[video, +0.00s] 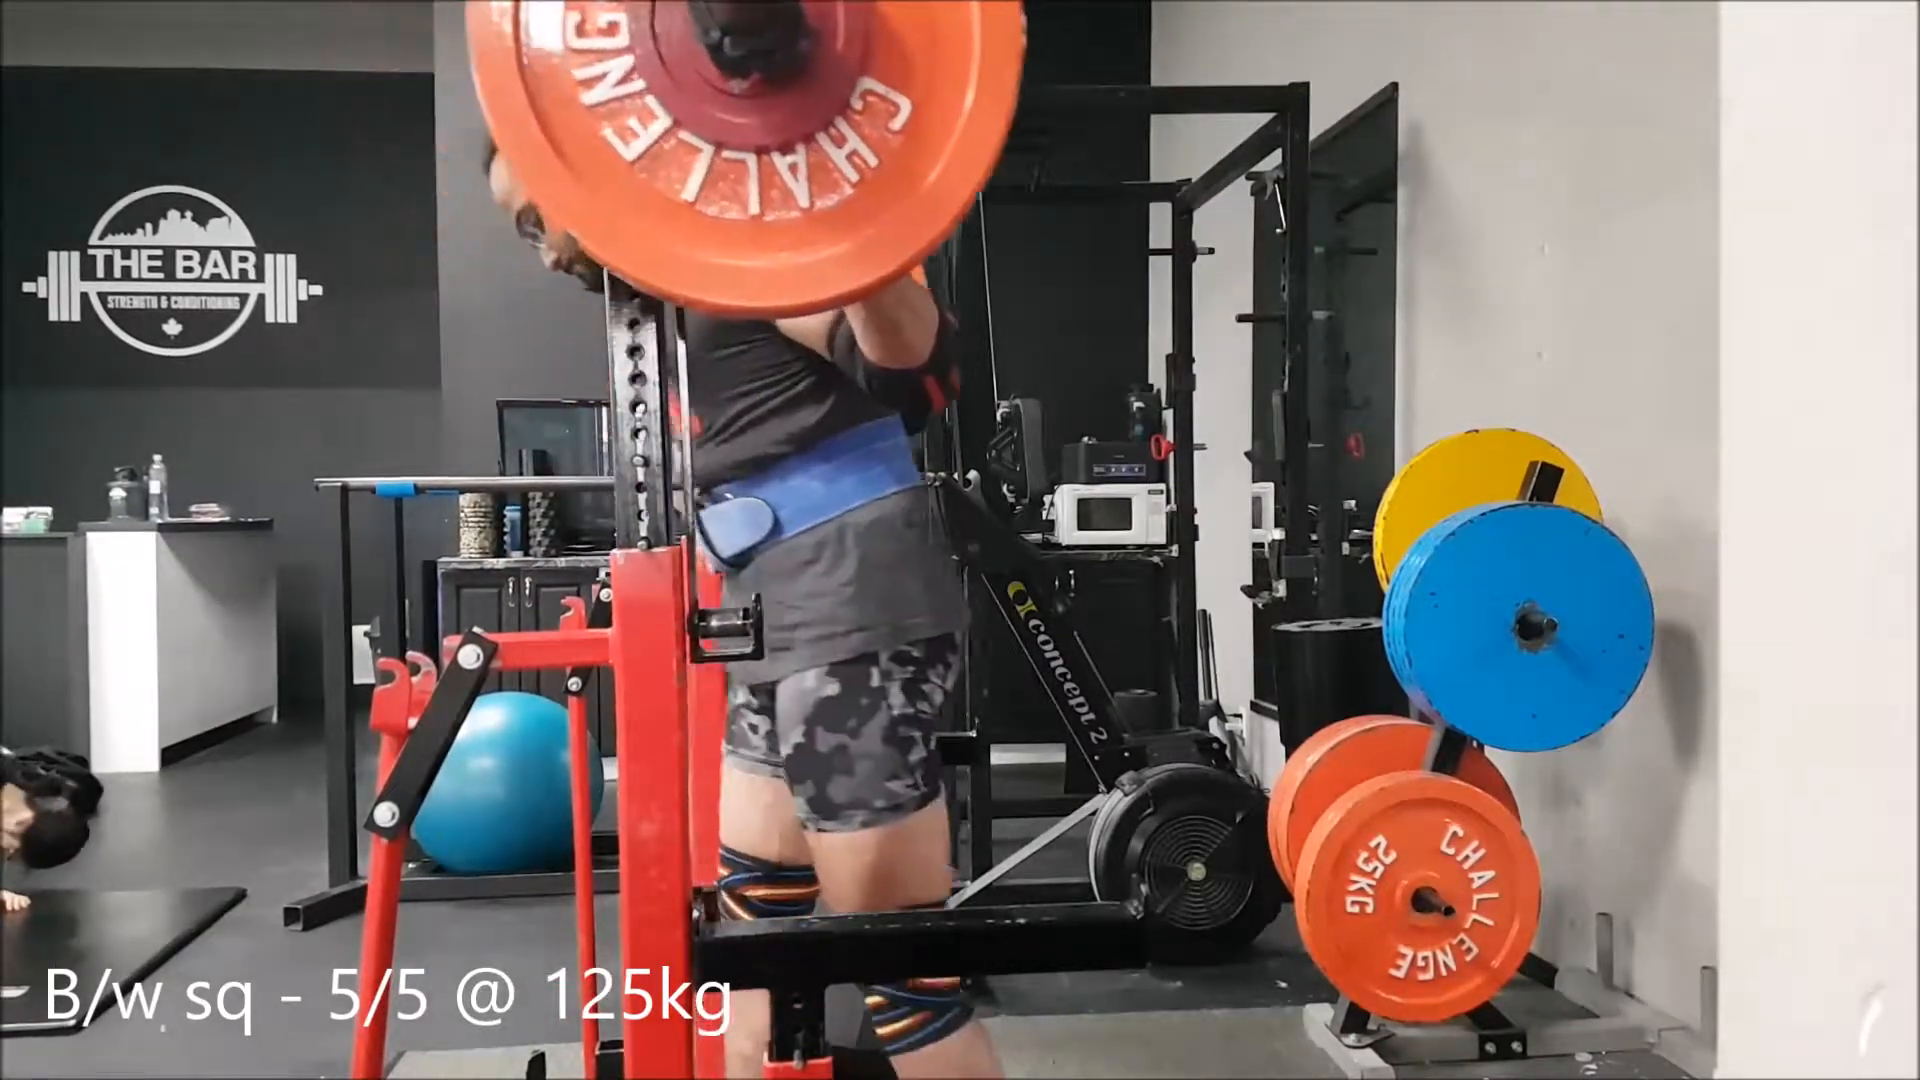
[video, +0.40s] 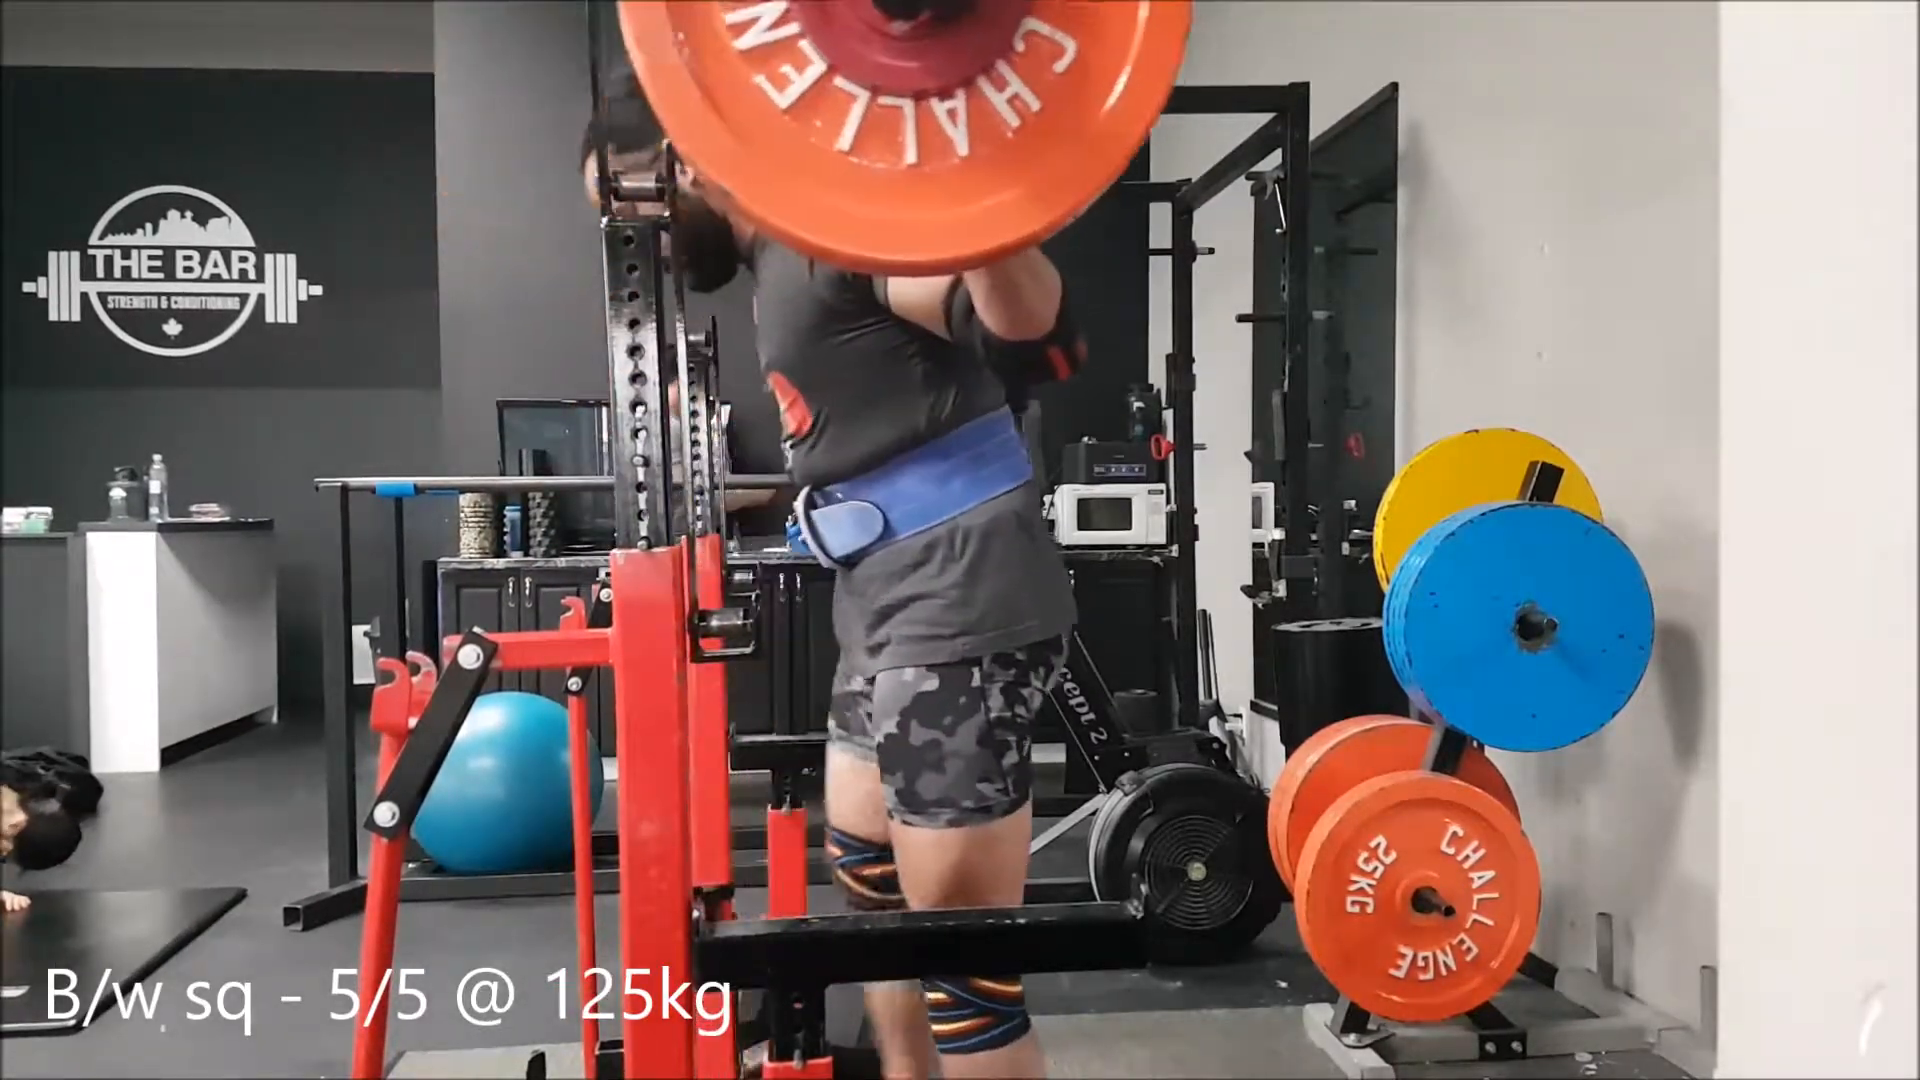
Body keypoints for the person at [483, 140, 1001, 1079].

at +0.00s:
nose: (547, 243)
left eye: (544, 209)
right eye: (529, 223)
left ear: (598, 173)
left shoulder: (752, 216)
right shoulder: (662, 257)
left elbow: (905, 341)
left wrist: (847, 181)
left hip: (851, 569)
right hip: (768, 581)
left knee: (901, 971)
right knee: (752, 927)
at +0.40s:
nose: (659, 212)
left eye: (654, 181)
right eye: (639, 196)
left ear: (705, 140)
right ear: (682, 165)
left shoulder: (850, 220)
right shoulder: (773, 253)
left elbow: (1027, 318)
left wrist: (968, 158)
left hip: (957, 573)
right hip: (877, 580)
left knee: (961, 961)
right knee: (867, 878)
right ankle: (912, 1079)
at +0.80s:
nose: (692, 263)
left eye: (687, 221)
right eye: (680, 230)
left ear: (733, 182)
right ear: (729, 192)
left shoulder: (864, 243)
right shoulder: (814, 278)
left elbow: (1053, 337)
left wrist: (1007, 184)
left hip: (979, 573)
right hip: (929, 582)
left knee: (977, 950)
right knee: (963, 944)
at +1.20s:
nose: (699, 269)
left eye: (693, 233)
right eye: (684, 243)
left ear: (740, 184)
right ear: (735, 195)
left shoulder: (877, 242)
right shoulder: (824, 278)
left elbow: (1061, 336)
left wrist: (1017, 184)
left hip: (993, 584)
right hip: (930, 593)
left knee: (1003, 941)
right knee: (972, 933)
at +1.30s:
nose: (699, 267)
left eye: (693, 230)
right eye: (684, 242)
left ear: (744, 178)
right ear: (741, 190)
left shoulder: (884, 242)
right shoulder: (826, 279)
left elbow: (1064, 336)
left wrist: (1022, 183)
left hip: (997, 580)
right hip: (936, 589)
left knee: (1002, 938)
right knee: (976, 932)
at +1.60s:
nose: (715, 265)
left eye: (710, 231)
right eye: (699, 245)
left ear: (759, 171)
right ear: (755, 178)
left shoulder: (907, 239)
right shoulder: (838, 283)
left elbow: (1090, 328)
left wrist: (1054, 191)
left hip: (1009, 598)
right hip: (946, 604)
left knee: (1021, 940)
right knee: (986, 931)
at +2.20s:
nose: (740, 267)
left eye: (733, 234)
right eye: (724, 249)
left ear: (788, 182)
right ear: (787, 189)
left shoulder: (933, 239)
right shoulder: (870, 289)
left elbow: (1131, 339)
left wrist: (1116, 174)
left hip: (1043, 606)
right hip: (981, 614)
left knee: (1050, 947)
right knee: (1005, 934)